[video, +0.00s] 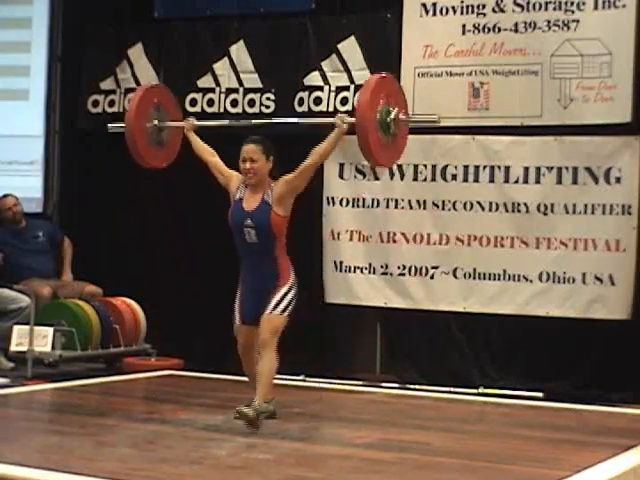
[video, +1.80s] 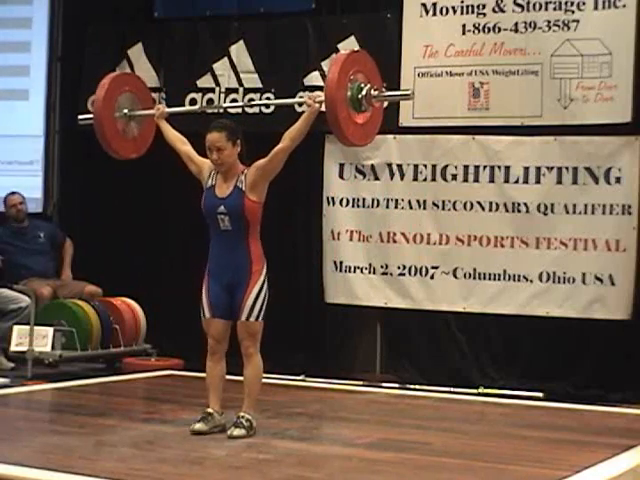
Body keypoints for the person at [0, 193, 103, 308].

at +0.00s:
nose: (14, 210)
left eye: (15, 205)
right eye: (8, 209)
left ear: (21, 205)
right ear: (2, 216)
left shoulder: (41, 225)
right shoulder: (4, 234)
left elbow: (66, 242)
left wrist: (67, 274)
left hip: (53, 279)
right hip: (25, 281)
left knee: (95, 292)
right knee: (45, 293)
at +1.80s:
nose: (18, 208)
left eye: (21, 204)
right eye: (13, 206)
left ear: (26, 206)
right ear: (6, 211)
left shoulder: (43, 226)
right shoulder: (4, 232)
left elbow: (67, 243)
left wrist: (66, 271)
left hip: (53, 279)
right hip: (25, 280)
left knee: (94, 292)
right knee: (45, 293)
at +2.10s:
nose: (34, 206)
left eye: (37, 203)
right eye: (29, 203)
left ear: (41, 205)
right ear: (21, 205)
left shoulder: (49, 230)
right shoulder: (10, 229)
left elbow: (67, 252)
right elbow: (1, 246)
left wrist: (69, 259)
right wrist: (14, 252)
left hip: (52, 279)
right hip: (25, 279)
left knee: (93, 292)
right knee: (45, 293)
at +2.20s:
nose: (39, 206)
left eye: (42, 203)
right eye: (34, 203)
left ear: (47, 206)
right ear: (26, 205)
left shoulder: (52, 232)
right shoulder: (14, 230)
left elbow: (63, 267)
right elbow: (3, 252)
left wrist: (71, 263)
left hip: (52, 279)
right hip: (25, 279)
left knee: (93, 292)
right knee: (45, 293)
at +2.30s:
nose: (45, 206)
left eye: (48, 203)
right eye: (40, 202)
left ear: (52, 207)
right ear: (32, 205)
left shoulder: (53, 231)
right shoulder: (20, 231)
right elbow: (17, 265)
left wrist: (68, 265)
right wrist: (53, 265)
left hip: (56, 279)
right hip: (30, 280)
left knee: (92, 291)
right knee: (45, 292)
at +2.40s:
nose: (51, 206)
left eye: (54, 203)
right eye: (46, 202)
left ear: (58, 206)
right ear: (37, 205)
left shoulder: (59, 233)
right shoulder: (25, 232)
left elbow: (68, 264)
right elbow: (23, 269)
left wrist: (72, 270)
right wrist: (61, 274)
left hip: (56, 279)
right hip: (30, 279)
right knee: (47, 292)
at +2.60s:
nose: (66, 211)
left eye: (69, 208)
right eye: (61, 207)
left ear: (72, 212)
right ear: (52, 209)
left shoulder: (70, 237)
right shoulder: (36, 233)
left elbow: (77, 266)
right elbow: (32, 271)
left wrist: (77, 273)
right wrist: (66, 278)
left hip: (61, 279)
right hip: (37, 279)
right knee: (48, 291)